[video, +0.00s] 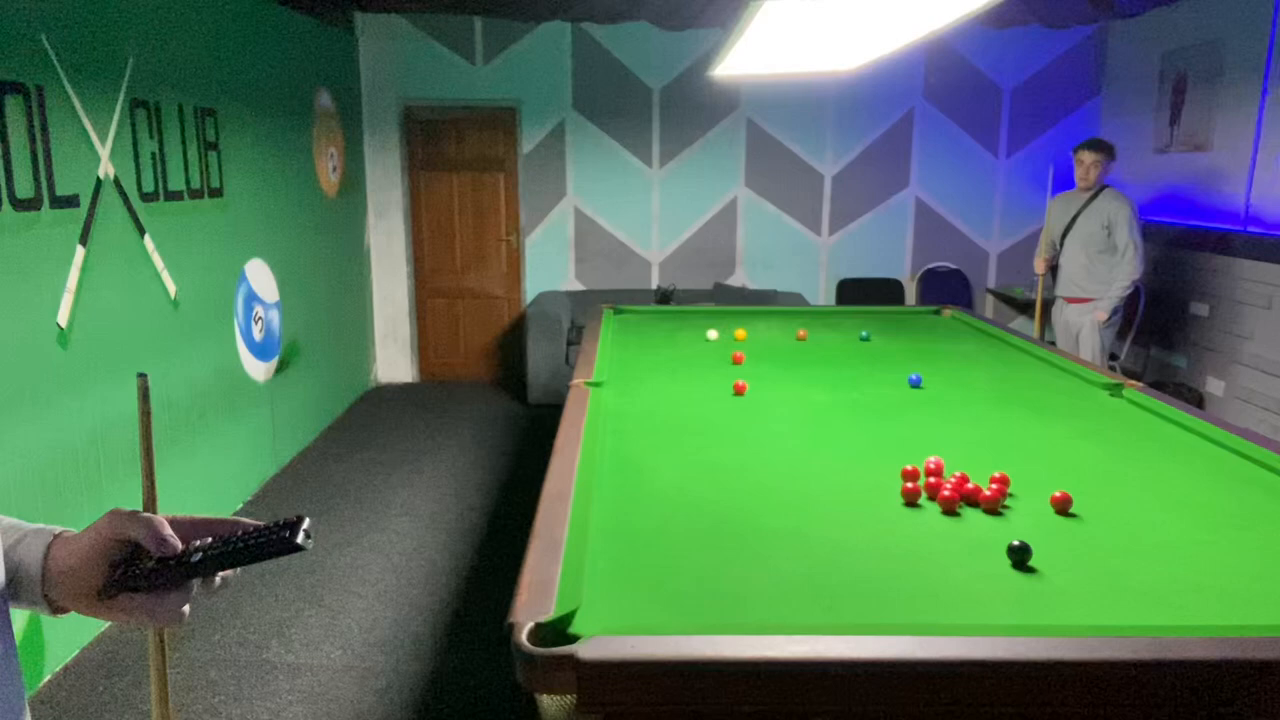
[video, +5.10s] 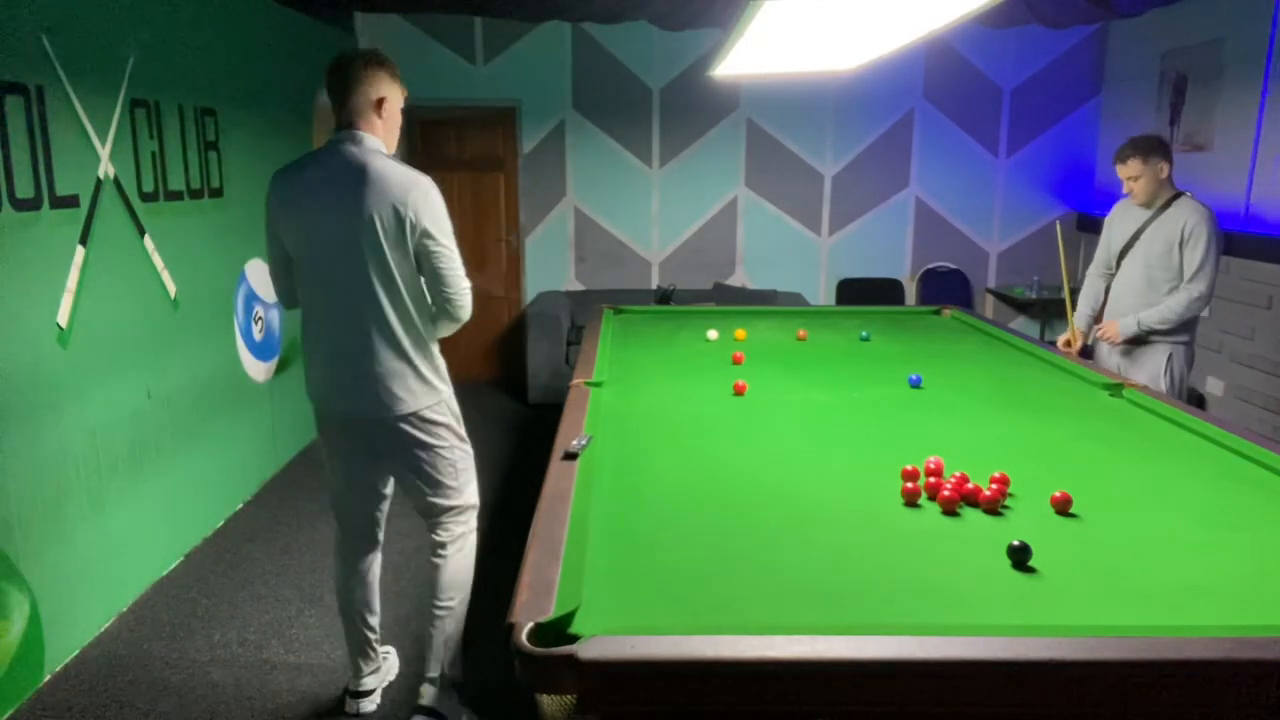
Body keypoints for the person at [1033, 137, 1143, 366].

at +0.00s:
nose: (1085, 171)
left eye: (1094, 165)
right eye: (1080, 163)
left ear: (1106, 169)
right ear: (1074, 164)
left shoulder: (1118, 206)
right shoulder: (1058, 204)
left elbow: (1132, 265)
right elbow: (1047, 243)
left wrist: (1107, 307)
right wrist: (1041, 261)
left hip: (1097, 307)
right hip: (1062, 305)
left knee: (1091, 382)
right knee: (1065, 378)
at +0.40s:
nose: (1118, 169)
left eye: (1127, 164)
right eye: (1113, 161)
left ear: (1137, 170)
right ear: (1104, 162)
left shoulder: (1150, 209)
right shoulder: (1076, 202)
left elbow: (1169, 258)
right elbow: (1056, 244)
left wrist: (1152, 302)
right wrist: (1057, 260)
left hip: (1120, 315)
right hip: (1076, 309)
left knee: (1110, 393)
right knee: (1069, 387)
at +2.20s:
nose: (1151, 185)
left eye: (1161, 177)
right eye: (1144, 175)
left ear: (1174, 176)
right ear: (1134, 171)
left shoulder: (1187, 217)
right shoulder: (1108, 212)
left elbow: (1190, 280)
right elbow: (1083, 263)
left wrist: (1187, 336)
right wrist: (1088, 289)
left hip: (1162, 335)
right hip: (1110, 331)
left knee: (1146, 419)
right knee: (1101, 417)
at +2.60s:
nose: (1179, 179)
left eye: (1188, 170)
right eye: (1170, 171)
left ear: (1203, 170)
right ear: (1160, 170)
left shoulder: (1225, 217)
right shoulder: (1138, 209)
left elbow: (1238, 280)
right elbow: (1111, 260)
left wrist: (1235, 337)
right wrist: (1099, 300)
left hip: (1180, 341)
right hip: (1128, 330)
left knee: (1158, 426)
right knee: (1102, 412)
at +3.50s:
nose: (1145, 177)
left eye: (1154, 168)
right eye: (1136, 169)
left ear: (1168, 169)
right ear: (1123, 170)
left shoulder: (1190, 217)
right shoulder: (1099, 215)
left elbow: (1202, 283)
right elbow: (1073, 274)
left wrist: (1191, 335)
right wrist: (1078, 323)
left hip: (1166, 348)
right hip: (1106, 346)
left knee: (1166, 436)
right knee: (1100, 434)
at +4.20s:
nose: (1161, 191)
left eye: (1171, 182)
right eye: (1157, 182)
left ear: (1201, 174)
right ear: (1154, 175)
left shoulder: (1227, 223)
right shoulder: (1147, 213)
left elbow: (1234, 301)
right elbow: (1121, 275)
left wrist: (1173, 342)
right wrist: (1093, 327)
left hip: (1179, 364)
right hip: (1127, 352)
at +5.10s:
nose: (1126, 189)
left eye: (1133, 179)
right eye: (1123, 181)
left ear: (1163, 170)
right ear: (1120, 176)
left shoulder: (1195, 219)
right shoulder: (1120, 212)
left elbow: (1197, 294)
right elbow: (1099, 272)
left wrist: (1130, 326)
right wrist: (1080, 326)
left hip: (1158, 356)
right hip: (1108, 348)